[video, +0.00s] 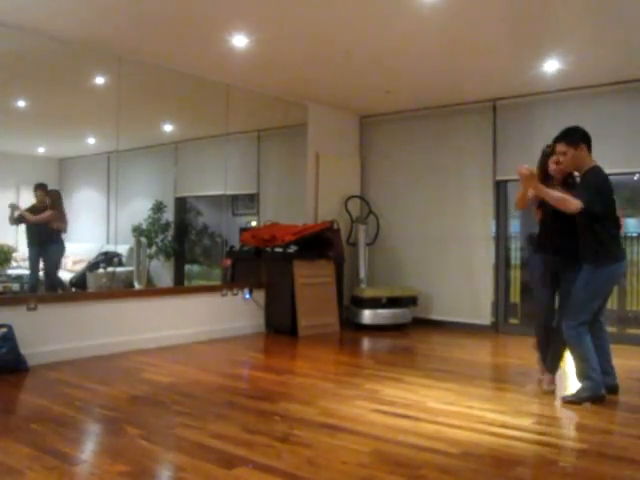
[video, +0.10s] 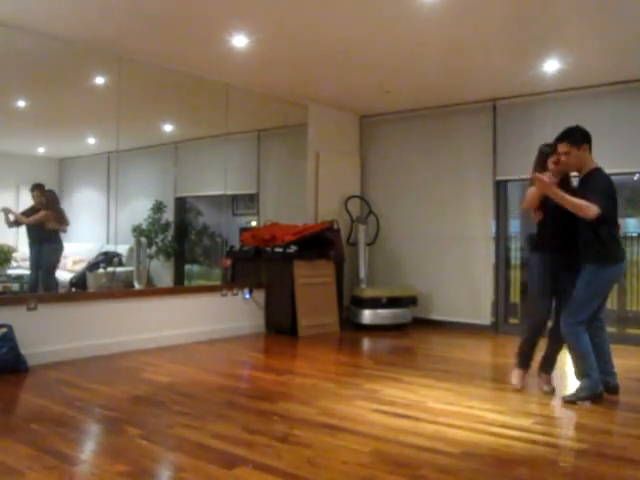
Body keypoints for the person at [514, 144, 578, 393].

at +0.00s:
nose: (558, 162)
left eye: (562, 158)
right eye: (553, 158)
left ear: (569, 163)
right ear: (545, 162)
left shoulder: (576, 187)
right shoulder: (541, 186)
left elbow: (590, 211)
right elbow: (521, 205)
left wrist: (614, 220)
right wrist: (527, 185)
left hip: (572, 256)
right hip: (545, 254)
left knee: (565, 314)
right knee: (543, 309)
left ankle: (551, 369)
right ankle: (544, 363)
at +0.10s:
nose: (559, 162)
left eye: (561, 158)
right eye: (553, 158)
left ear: (567, 160)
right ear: (544, 162)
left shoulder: (572, 185)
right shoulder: (539, 185)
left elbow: (587, 212)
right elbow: (529, 204)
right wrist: (546, 178)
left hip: (570, 254)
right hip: (543, 252)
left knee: (563, 319)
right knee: (540, 313)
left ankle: (546, 370)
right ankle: (521, 365)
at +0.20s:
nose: (557, 164)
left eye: (559, 159)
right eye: (552, 160)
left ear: (563, 162)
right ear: (541, 164)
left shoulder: (569, 186)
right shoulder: (537, 189)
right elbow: (534, 215)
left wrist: (571, 195)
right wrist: (556, 193)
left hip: (567, 255)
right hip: (541, 254)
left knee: (560, 317)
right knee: (536, 314)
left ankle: (542, 369)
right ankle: (510, 369)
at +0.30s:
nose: (556, 164)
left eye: (557, 159)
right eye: (551, 159)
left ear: (557, 162)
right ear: (539, 162)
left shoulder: (555, 189)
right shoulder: (534, 188)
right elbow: (543, 211)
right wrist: (570, 195)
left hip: (558, 258)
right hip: (539, 257)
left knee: (559, 316)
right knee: (532, 317)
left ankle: (540, 366)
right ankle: (508, 372)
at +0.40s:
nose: (554, 163)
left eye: (555, 158)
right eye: (549, 159)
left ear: (553, 162)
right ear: (536, 161)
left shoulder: (550, 188)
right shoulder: (531, 188)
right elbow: (551, 209)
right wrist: (582, 190)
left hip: (552, 258)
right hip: (535, 257)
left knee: (556, 315)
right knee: (531, 317)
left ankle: (538, 369)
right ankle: (512, 376)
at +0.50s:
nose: (549, 165)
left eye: (549, 159)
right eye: (544, 159)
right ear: (531, 160)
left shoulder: (539, 187)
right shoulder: (528, 189)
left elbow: (558, 199)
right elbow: (555, 205)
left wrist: (590, 182)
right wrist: (587, 185)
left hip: (543, 257)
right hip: (532, 257)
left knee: (549, 314)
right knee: (534, 317)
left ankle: (535, 369)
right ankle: (512, 378)